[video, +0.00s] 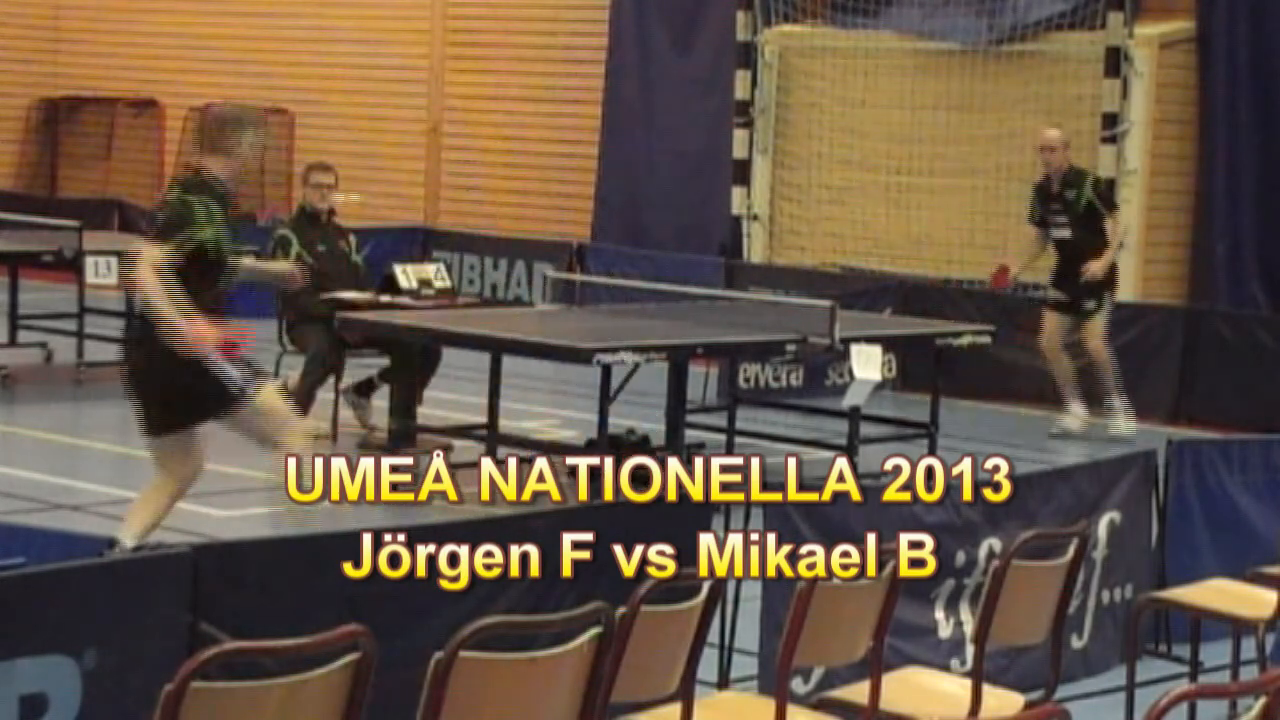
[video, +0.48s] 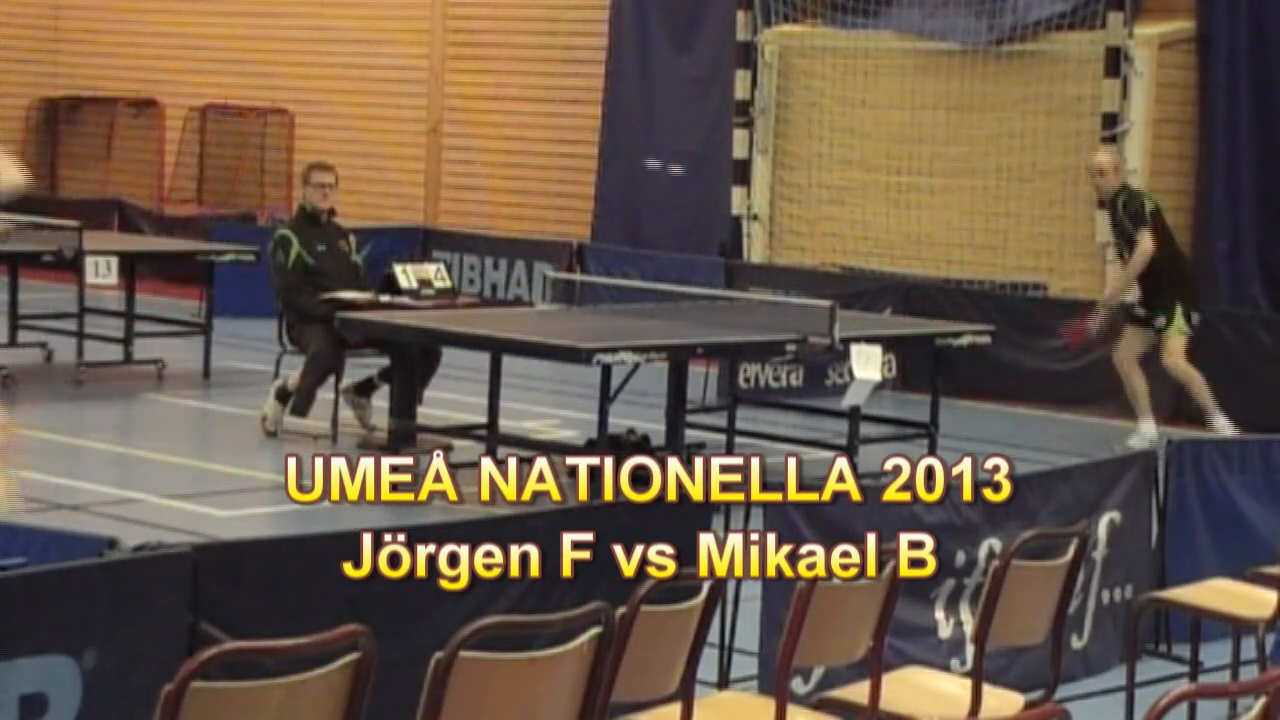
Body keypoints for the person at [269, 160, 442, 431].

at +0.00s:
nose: (324, 193)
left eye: (330, 187)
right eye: (317, 187)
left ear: (336, 192)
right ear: (303, 190)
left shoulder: (342, 234)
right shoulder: (289, 234)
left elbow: (362, 279)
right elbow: (294, 295)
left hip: (350, 318)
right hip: (310, 319)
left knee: (425, 350)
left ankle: (362, 391)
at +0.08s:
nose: (323, 193)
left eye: (329, 187)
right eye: (316, 187)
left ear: (335, 192)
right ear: (303, 189)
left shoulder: (343, 234)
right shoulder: (288, 235)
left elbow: (360, 279)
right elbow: (291, 293)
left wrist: (366, 302)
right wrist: (335, 309)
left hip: (351, 318)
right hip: (309, 319)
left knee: (424, 352)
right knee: (327, 353)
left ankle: (362, 390)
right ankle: (293, 416)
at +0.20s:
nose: (323, 193)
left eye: (328, 187)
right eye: (316, 187)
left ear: (335, 191)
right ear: (303, 189)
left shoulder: (343, 235)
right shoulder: (288, 236)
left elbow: (359, 282)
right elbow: (292, 296)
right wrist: (337, 309)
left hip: (350, 319)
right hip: (309, 320)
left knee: (425, 351)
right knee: (327, 354)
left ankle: (362, 391)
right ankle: (283, 397)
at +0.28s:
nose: (324, 193)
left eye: (329, 187)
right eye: (317, 187)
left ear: (336, 191)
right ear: (303, 190)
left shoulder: (343, 235)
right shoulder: (288, 236)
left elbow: (358, 281)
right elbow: (292, 294)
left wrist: (366, 302)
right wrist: (338, 308)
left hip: (351, 318)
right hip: (310, 319)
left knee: (425, 351)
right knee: (328, 353)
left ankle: (362, 390)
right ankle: (284, 394)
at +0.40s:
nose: (324, 192)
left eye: (329, 187)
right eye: (317, 186)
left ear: (336, 191)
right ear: (303, 189)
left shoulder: (342, 235)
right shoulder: (288, 236)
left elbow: (358, 280)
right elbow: (291, 294)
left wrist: (366, 302)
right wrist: (337, 308)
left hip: (351, 318)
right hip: (310, 319)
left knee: (425, 351)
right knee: (328, 353)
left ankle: (362, 390)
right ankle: (284, 394)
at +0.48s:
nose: (325, 192)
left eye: (330, 187)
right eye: (318, 186)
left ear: (336, 191)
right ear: (303, 190)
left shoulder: (342, 235)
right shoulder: (288, 236)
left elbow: (359, 280)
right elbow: (292, 294)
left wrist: (367, 302)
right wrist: (337, 310)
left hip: (352, 318)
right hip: (311, 319)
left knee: (425, 351)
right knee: (328, 354)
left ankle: (362, 390)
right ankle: (285, 393)